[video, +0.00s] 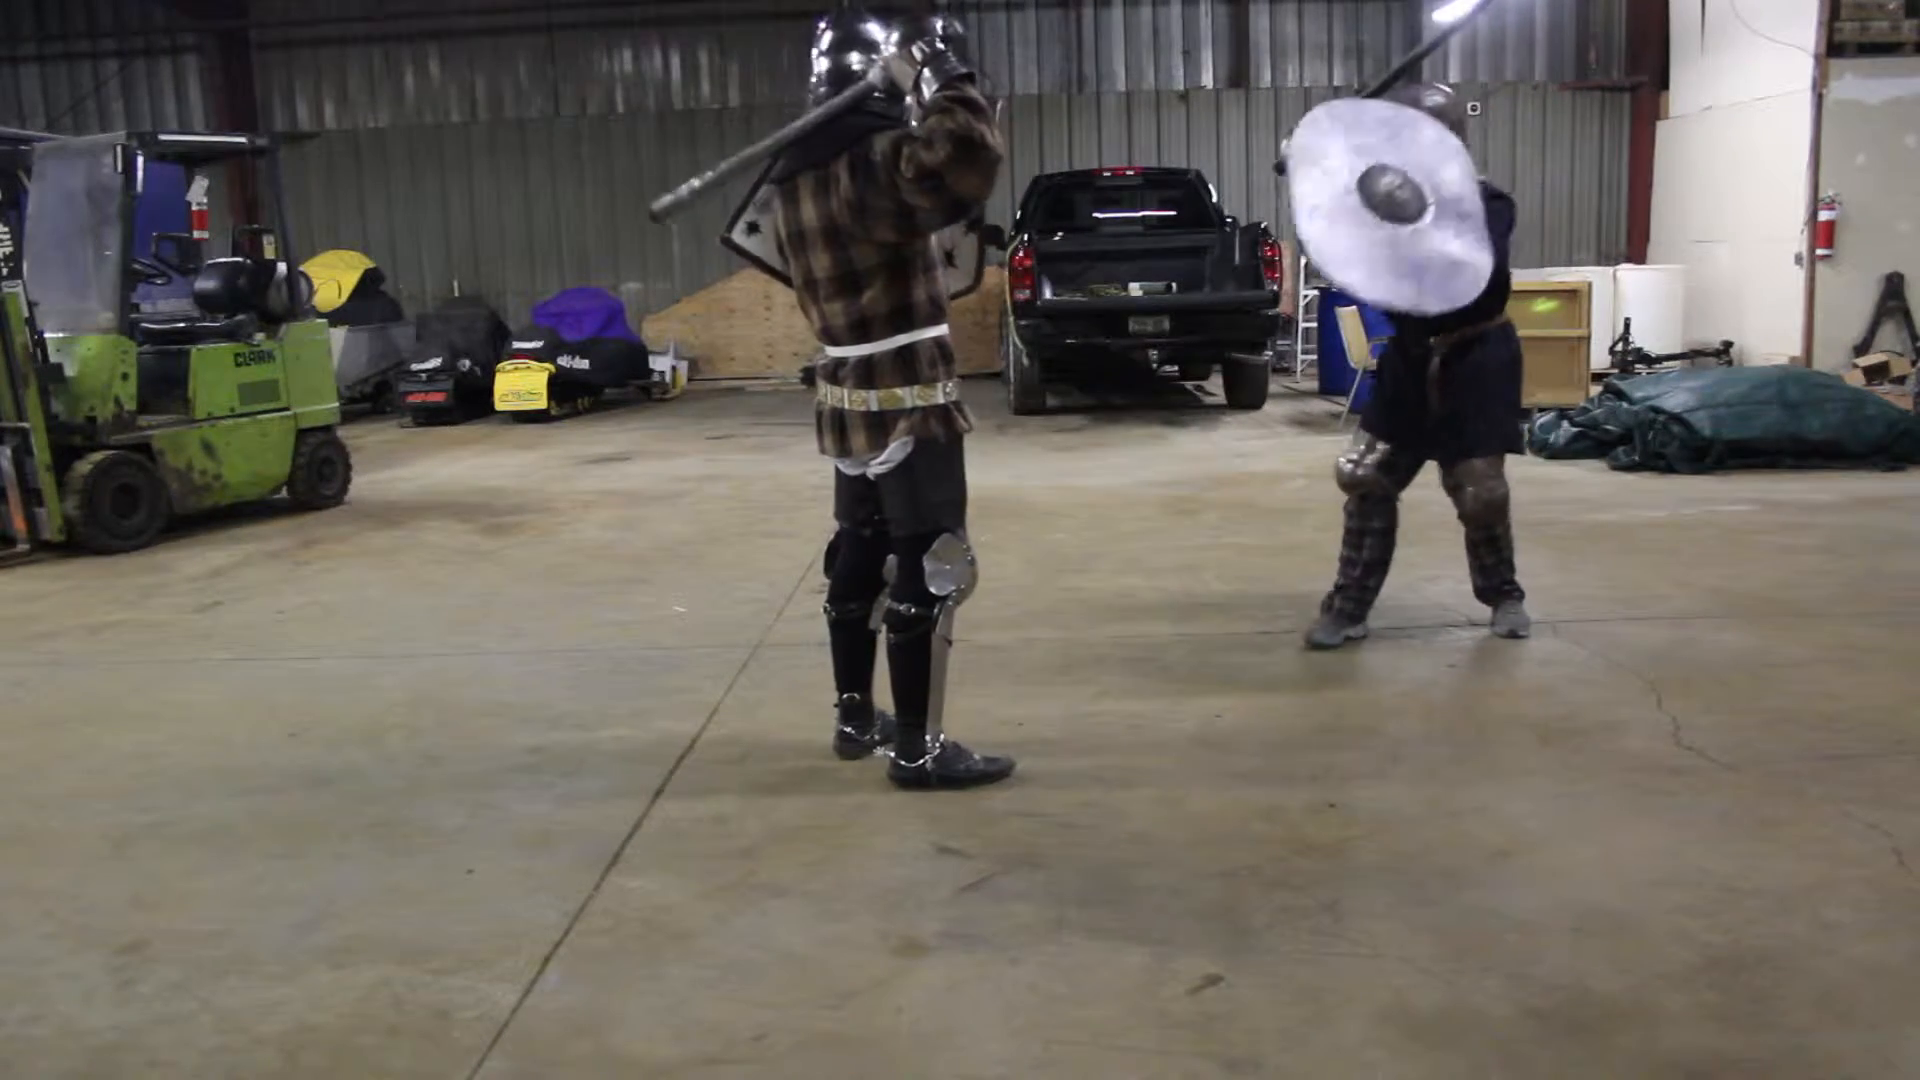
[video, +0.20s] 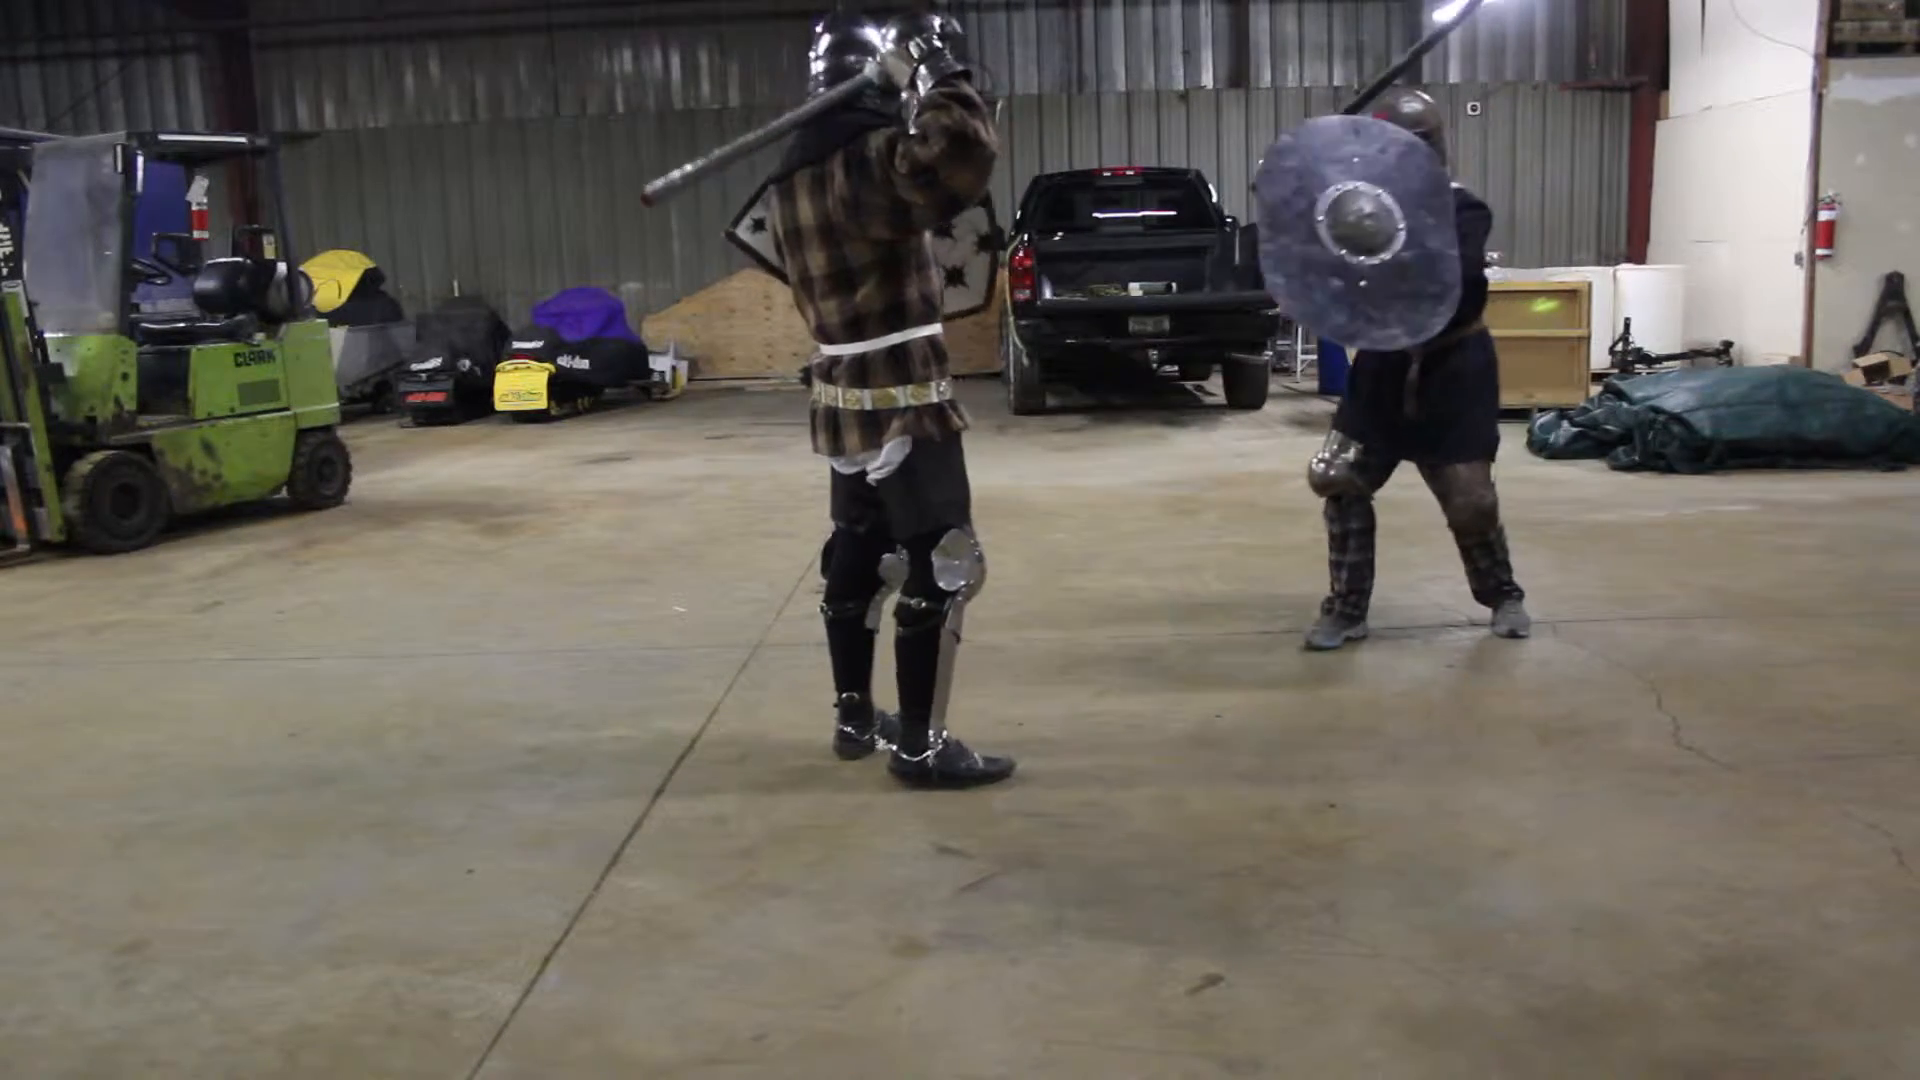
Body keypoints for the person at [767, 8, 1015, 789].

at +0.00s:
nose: (905, 81)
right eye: (901, 59)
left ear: (822, 74)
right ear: (878, 75)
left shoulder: (791, 172)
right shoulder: (869, 165)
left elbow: (795, 273)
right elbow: (966, 158)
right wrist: (938, 63)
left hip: (847, 398)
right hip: (909, 399)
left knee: (860, 548)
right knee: (928, 564)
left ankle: (855, 716)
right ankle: (919, 744)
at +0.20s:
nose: (897, 91)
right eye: (894, 69)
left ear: (819, 82)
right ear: (875, 79)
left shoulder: (790, 178)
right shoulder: (869, 163)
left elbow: (796, 280)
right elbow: (962, 153)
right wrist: (939, 65)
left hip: (842, 399)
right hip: (904, 398)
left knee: (856, 551)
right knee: (940, 561)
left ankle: (855, 716)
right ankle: (921, 740)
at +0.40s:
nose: (911, 89)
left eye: (909, 72)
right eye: (907, 72)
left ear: (827, 76)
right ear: (883, 78)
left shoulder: (792, 168)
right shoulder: (869, 153)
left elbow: (790, 271)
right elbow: (951, 163)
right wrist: (951, 84)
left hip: (840, 400)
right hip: (902, 398)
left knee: (852, 554)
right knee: (970, 549)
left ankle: (853, 714)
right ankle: (930, 723)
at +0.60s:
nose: (928, 76)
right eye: (922, 61)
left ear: (838, 75)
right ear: (898, 77)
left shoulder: (805, 169)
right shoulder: (887, 157)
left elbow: (800, 271)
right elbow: (971, 154)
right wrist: (957, 79)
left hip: (850, 399)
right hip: (917, 399)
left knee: (859, 556)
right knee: (955, 556)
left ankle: (855, 716)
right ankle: (943, 729)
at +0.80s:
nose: (932, 93)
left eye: (930, 74)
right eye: (929, 74)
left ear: (852, 79)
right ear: (911, 80)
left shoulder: (819, 170)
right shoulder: (908, 158)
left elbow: (817, 289)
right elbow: (1004, 159)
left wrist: (854, 356)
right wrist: (980, 77)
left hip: (876, 398)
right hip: (944, 397)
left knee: (887, 549)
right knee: (959, 559)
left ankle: (859, 714)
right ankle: (945, 731)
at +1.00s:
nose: (954, 101)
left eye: (952, 86)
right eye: (949, 85)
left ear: (870, 86)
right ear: (929, 86)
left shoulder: (835, 181)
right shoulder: (931, 163)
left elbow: (837, 304)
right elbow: (1035, 157)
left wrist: (868, 366)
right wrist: (1014, 84)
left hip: (901, 407)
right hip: (963, 408)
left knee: (925, 549)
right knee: (967, 568)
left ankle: (878, 691)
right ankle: (946, 732)